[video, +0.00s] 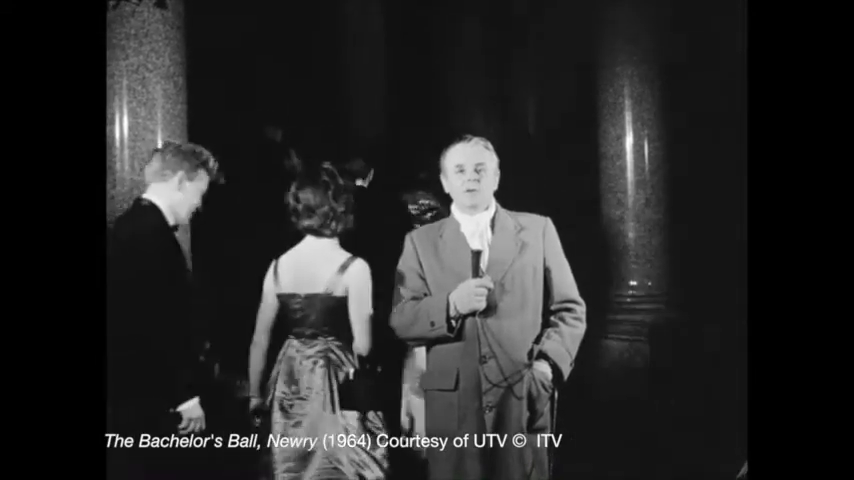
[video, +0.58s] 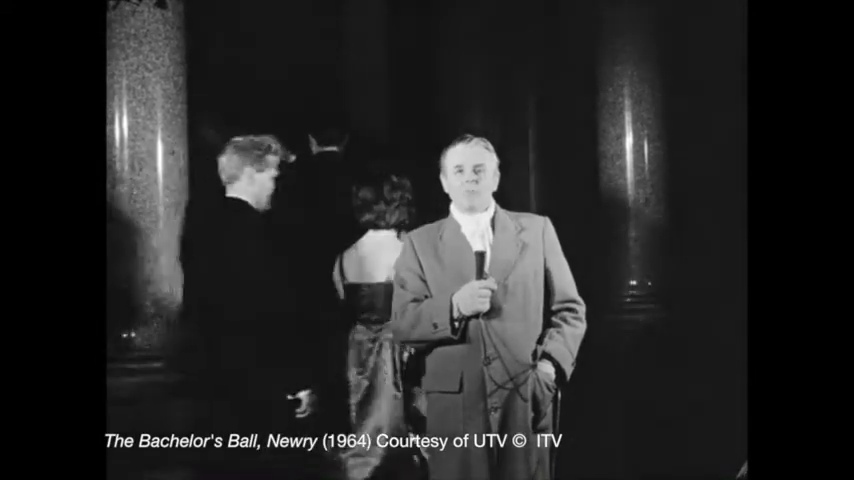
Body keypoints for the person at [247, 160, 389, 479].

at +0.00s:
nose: (351, 212)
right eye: (346, 205)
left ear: (297, 212)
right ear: (340, 212)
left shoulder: (278, 267)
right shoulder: (354, 268)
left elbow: (261, 338)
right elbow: (362, 345)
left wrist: (254, 394)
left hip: (289, 378)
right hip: (335, 380)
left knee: (290, 462)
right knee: (336, 462)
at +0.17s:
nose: (361, 202)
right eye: (358, 196)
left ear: (314, 204)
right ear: (355, 203)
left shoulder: (298, 260)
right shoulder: (366, 260)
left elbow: (283, 335)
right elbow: (375, 336)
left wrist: (284, 381)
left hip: (307, 371)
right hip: (350, 373)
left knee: (308, 456)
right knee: (351, 456)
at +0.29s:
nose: (371, 202)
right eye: (368, 195)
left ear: (327, 204)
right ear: (364, 202)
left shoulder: (313, 257)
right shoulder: (376, 257)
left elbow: (299, 325)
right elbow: (385, 331)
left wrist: (308, 360)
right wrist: (396, 360)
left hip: (323, 356)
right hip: (363, 358)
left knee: (326, 441)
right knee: (366, 443)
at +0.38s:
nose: (387, 206)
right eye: (382, 200)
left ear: (340, 205)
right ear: (377, 206)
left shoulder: (321, 254)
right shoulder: (384, 254)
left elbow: (309, 314)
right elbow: (391, 318)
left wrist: (320, 344)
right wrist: (400, 350)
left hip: (333, 346)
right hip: (371, 347)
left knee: (334, 425)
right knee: (373, 425)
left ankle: (337, 469)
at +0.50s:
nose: (399, 207)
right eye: (395, 201)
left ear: (352, 206)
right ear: (392, 206)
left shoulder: (334, 257)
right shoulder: (400, 255)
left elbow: (327, 305)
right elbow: (409, 307)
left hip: (347, 347)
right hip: (387, 348)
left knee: (349, 427)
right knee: (386, 426)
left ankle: (349, 469)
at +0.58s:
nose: (405, 209)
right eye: (403, 203)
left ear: (362, 206)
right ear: (401, 206)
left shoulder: (344, 259)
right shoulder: (410, 252)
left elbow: (345, 306)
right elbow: (418, 303)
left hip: (358, 347)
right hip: (399, 345)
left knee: (362, 423)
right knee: (401, 423)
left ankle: (361, 469)